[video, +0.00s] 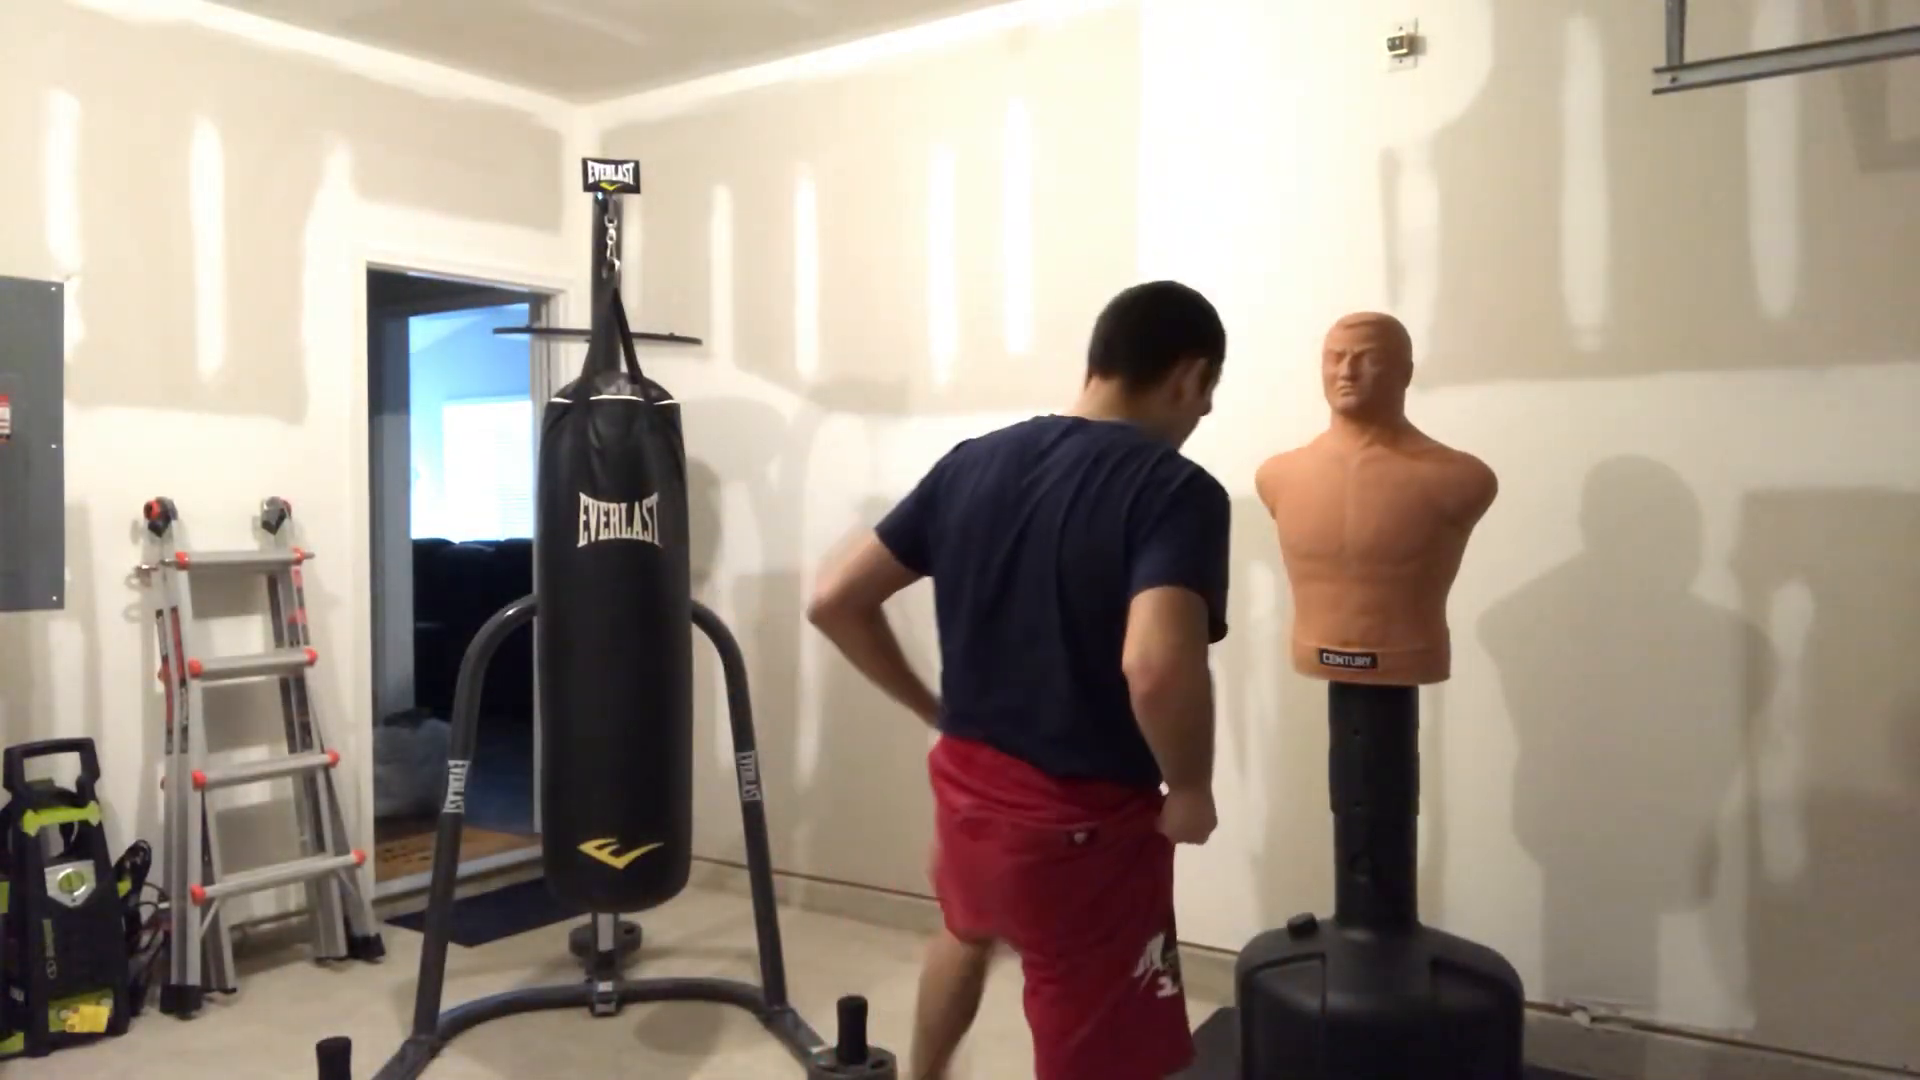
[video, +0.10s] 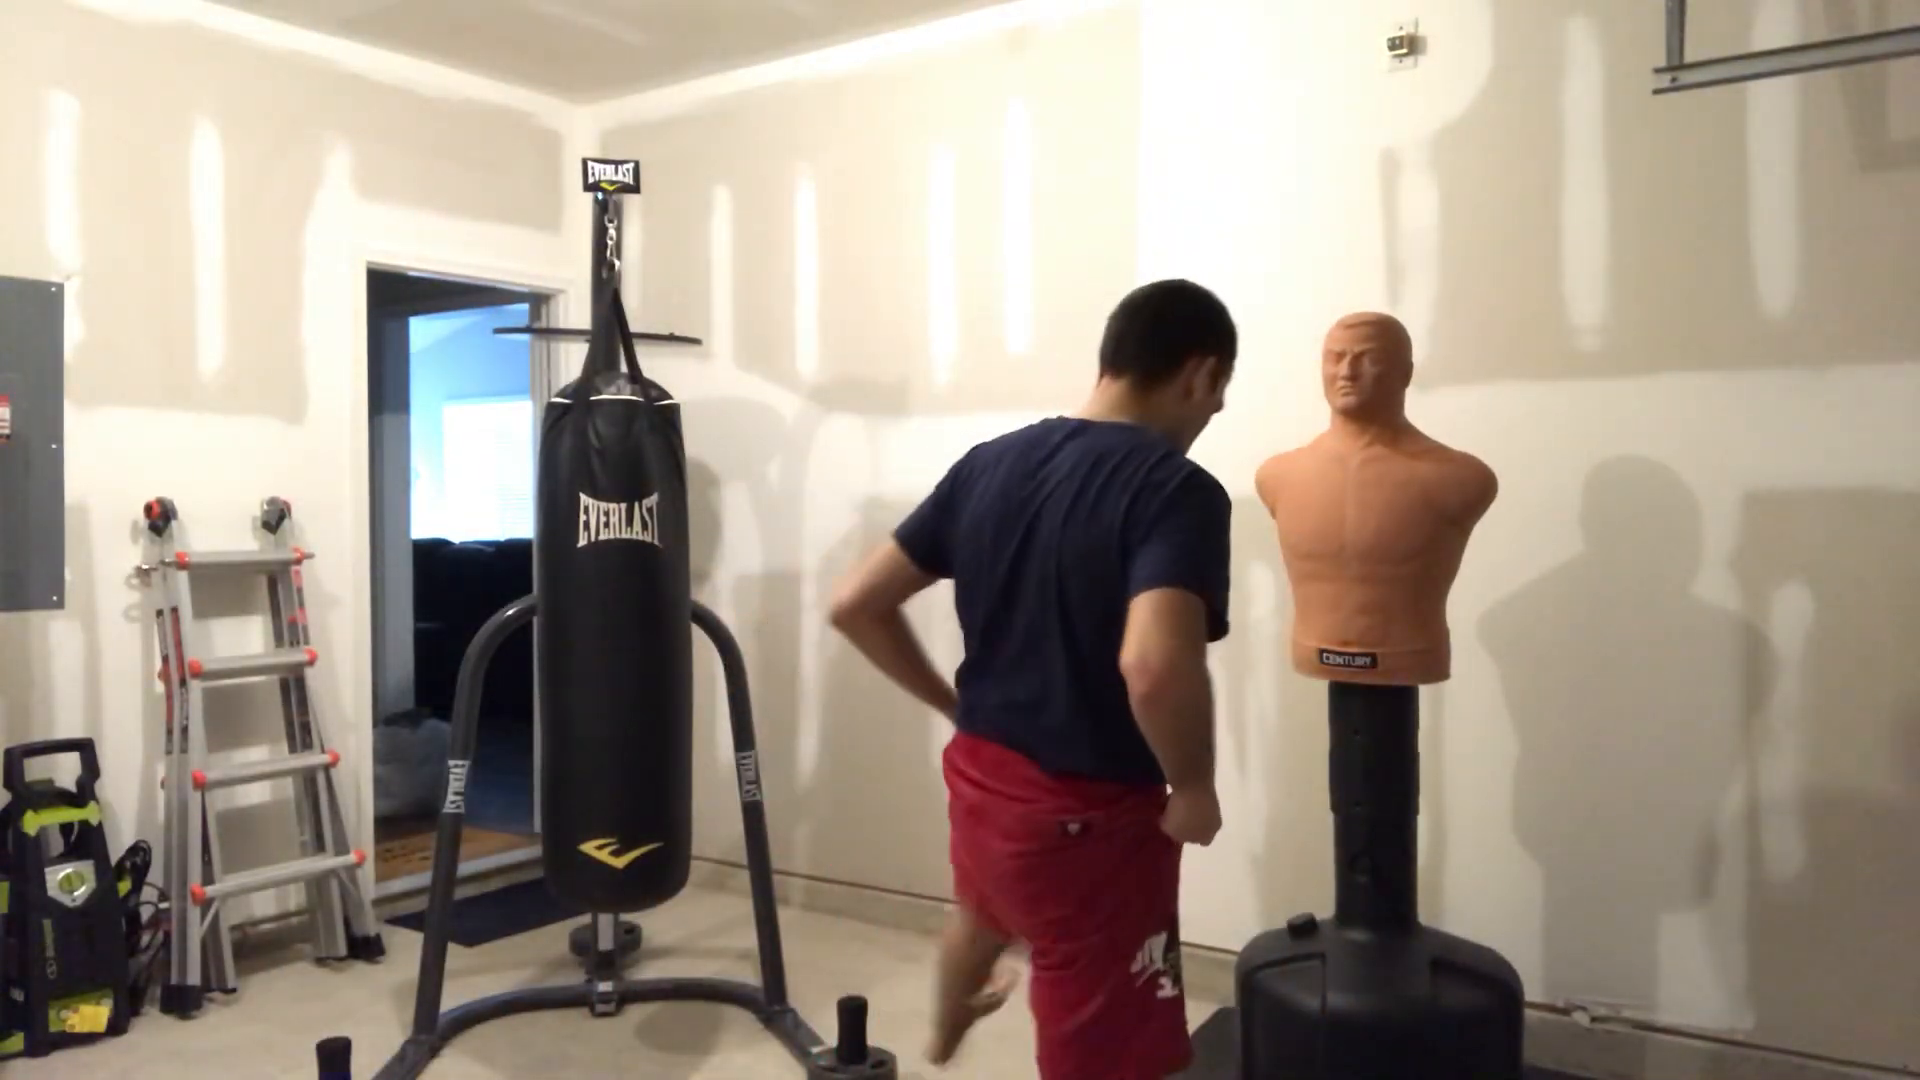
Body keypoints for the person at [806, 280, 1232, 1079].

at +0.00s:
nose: (1204, 411)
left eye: (1212, 392)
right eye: (1209, 389)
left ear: (1097, 363)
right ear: (1186, 378)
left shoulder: (979, 461)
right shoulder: (1175, 488)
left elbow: (837, 602)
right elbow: (1157, 666)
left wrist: (935, 710)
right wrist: (1189, 789)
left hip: (966, 801)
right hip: (1082, 839)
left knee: (962, 935)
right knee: (1100, 1063)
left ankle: (921, 1073)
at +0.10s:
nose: (1214, 412)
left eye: (1222, 391)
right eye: (1220, 389)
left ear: (1110, 360)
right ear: (1198, 374)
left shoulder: (994, 462)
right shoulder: (1175, 487)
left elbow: (858, 607)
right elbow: (1154, 665)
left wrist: (955, 703)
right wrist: (1192, 788)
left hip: (979, 789)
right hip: (1088, 828)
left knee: (979, 914)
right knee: (1105, 1059)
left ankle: (946, 1030)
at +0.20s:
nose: (1224, 410)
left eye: (1232, 390)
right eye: (1231, 388)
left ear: (1123, 357)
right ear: (1209, 373)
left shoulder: (1010, 455)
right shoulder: (1180, 485)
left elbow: (877, 593)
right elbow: (1136, 660)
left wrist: (964, 681)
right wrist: (1184, 781)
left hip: (985, 766)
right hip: (1083, 810)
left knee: (1013, 906)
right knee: (1093, 1054)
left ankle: (994, 1062)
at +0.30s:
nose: (1232, 418)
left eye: (1241, 399)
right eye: (1240, 396)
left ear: (1133, 360)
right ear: (1218, 379)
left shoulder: (1023, 456)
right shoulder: (1178, 492)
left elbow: (894, 587)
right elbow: (1121, 667)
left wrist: (979, 673)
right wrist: (1174, 777)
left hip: (994, 774)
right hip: (1083, 807)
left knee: (1053, 945)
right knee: (1107, 1049)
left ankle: (1034, 1068)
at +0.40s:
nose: (1234, 446)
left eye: (1243, 425)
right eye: (1240, 422)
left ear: (1137, 387)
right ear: (1212, 405)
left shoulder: (1042, 479)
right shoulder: (1155, 523)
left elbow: (923, 602)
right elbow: (1081, 693)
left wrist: (1009, 687)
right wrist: (1156, 790)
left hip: (1003, 788)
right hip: (1075, 821)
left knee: (1088, 1005)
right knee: (1164, 1045)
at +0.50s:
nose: (1231, 469)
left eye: (1236, 448)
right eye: (1232, 445)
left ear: (1135, 425)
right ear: (1196, 436)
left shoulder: (1069, 511)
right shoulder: (1118, 546)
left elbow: (963, 645)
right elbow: (1027, 729)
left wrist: (1044, 737)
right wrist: (1134, 831)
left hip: (1031, 833)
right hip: (1076, 855)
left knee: (1114, 1045)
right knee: (1189, 1060)